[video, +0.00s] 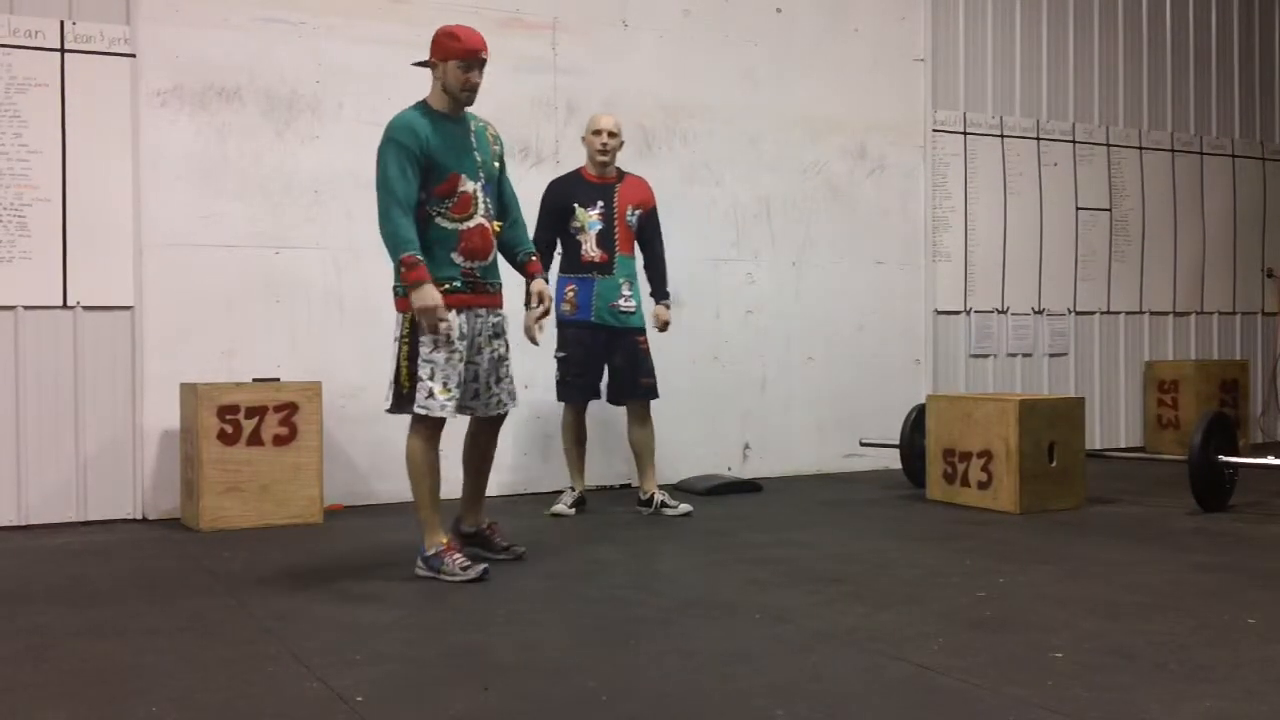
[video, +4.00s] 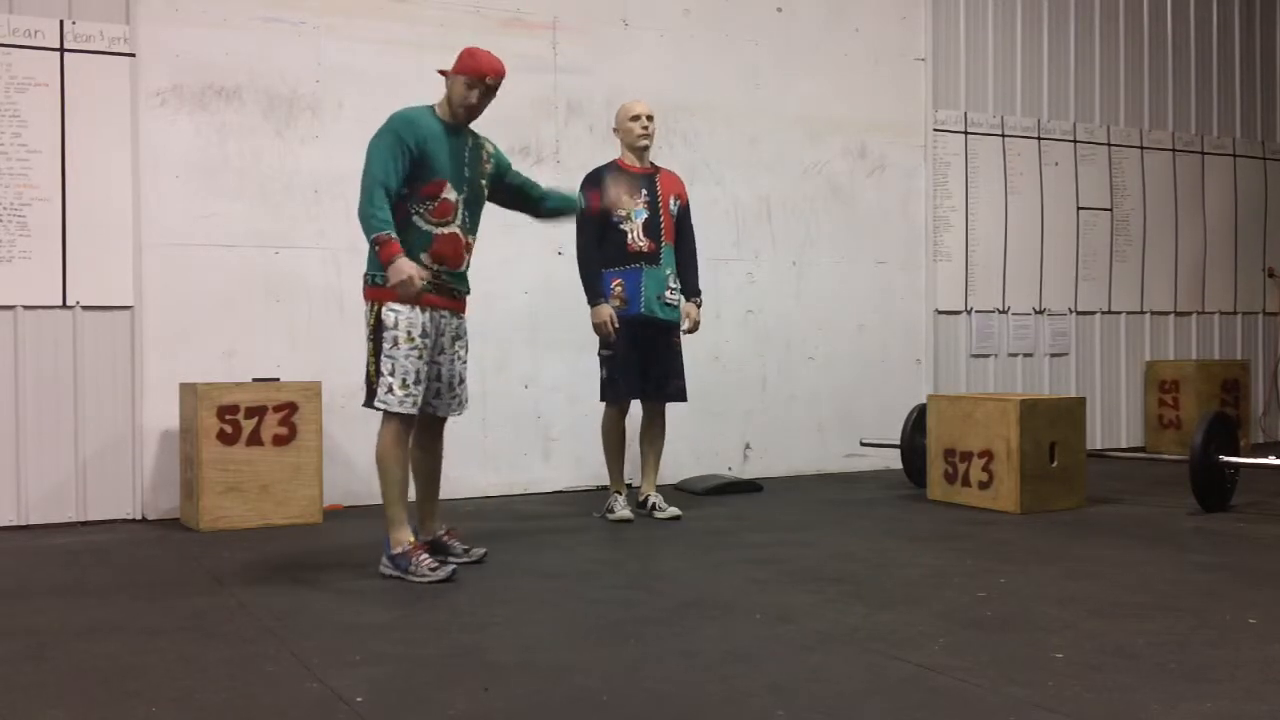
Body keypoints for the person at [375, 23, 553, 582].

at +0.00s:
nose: (472, 75)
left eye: (479, 65)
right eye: (462, 65)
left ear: (484, 70)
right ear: (435, 67)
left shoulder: (486, 136)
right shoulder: (406, 131)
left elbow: (507, 214)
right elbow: (395, 214)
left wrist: (534, 274)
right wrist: (418, 282)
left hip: (486, 300)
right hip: (436, 299)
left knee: (489, 411)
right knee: (429, 417)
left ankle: (471, 524)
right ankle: (434, 545)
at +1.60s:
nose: (505, 105)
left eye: (508, 96)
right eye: (504, 93)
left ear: (479, 83)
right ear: (481, 83)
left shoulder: (478, 144)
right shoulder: (431, 128)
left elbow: (484, 225)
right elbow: (431, 201)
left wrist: (522, 282)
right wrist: (464, 228)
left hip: (472, 298)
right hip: (440, 297)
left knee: (457, 416)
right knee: (440, 417)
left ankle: (450, 531)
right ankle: (434, 546)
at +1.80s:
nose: (506, 115)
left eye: (509, 104)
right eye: (506, 102)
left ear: (476, 86)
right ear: (487, 89)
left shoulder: (462, 139)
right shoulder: (437, 132)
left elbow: (472, 225)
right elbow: (465, 198)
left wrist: (525, 250)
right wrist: (531, 199)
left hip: (464, 294)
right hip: (444, 296)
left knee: (463, 412)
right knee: (454, 413)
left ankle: (449, 530)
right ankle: (437, 543)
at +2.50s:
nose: (495, 105)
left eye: (497, 95)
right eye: (494, 94)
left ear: (463, 83)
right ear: (472, 86)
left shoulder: (454, 132)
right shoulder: (418, 134)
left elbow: (483, 175)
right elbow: (451, 212)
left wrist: (530, 165)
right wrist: (525, 230)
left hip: (457, 296)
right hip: (422, 298)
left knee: (447, 419)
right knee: (415, 419)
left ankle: (448, 532)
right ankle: (402, 546)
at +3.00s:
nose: (468, 100)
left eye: (469, 92)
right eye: (467, 90)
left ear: (441, 79)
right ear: (446, 81)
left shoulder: (436, 125)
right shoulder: (387, 136)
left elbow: (473, 136)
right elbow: (389, 227)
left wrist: (520, 106)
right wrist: (446, 269)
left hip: (449, 295)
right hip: (404, 302)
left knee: (468, 408)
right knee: (400, 419)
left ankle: (451, 528)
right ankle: (400, 549)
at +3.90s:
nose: (476, 97)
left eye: (485, 91)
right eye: (470, 84)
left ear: (488, 94)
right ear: (446, 76)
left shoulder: (475, 146)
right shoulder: (402, 126)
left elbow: (528, 184)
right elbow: (371, 198)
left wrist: (574, 145)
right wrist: (398, 252)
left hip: (450, 302)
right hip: (403, 298)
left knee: (434, 418)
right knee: (399, 417)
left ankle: (428, 533)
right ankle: (398, 546)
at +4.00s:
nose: (478, 97)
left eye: (488, 92)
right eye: (473, 84)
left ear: (492, 98)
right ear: (450, 78)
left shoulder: (481, 154)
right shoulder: (405, 128)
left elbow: (534, 198)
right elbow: (373, 201)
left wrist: (596, 201)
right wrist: (395, 259)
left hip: (449, 300)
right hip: (403, 294)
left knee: (432, 419)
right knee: (399, 417)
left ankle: (429, 533)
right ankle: (399, 545)